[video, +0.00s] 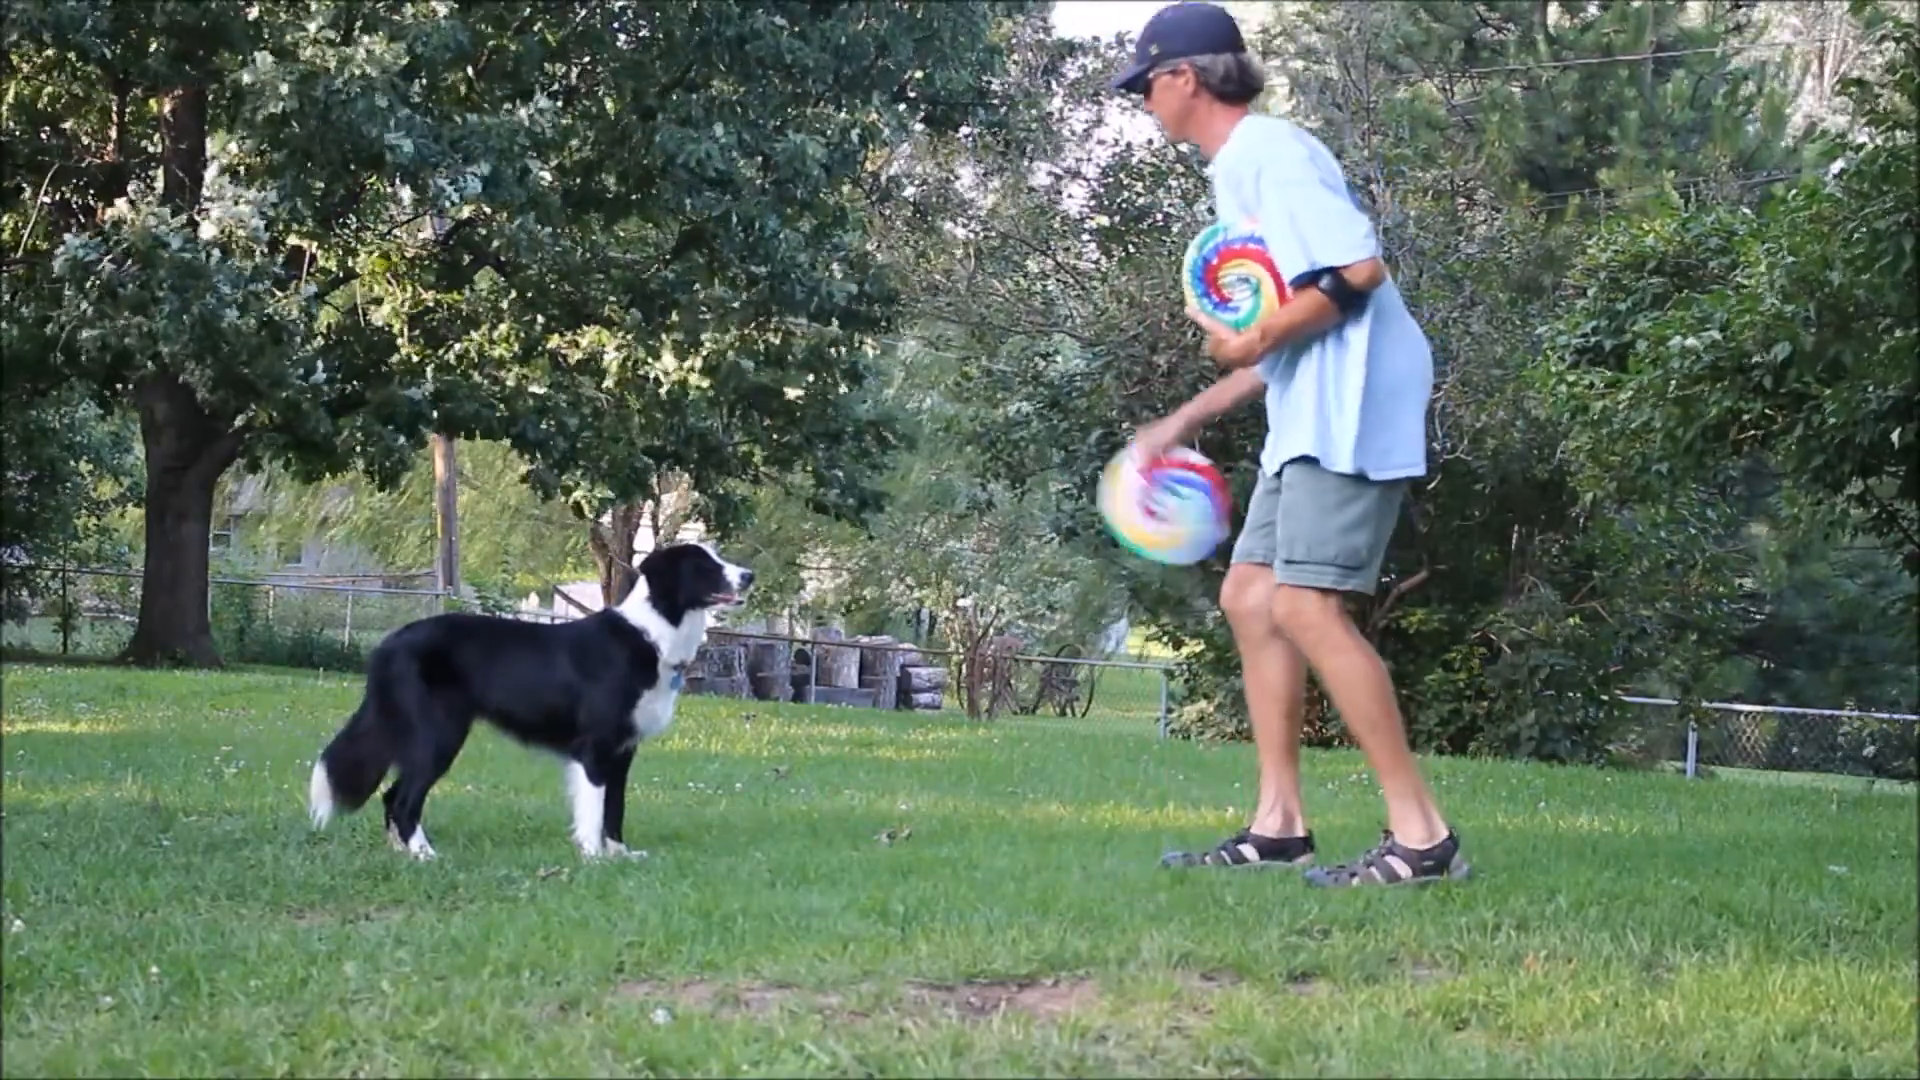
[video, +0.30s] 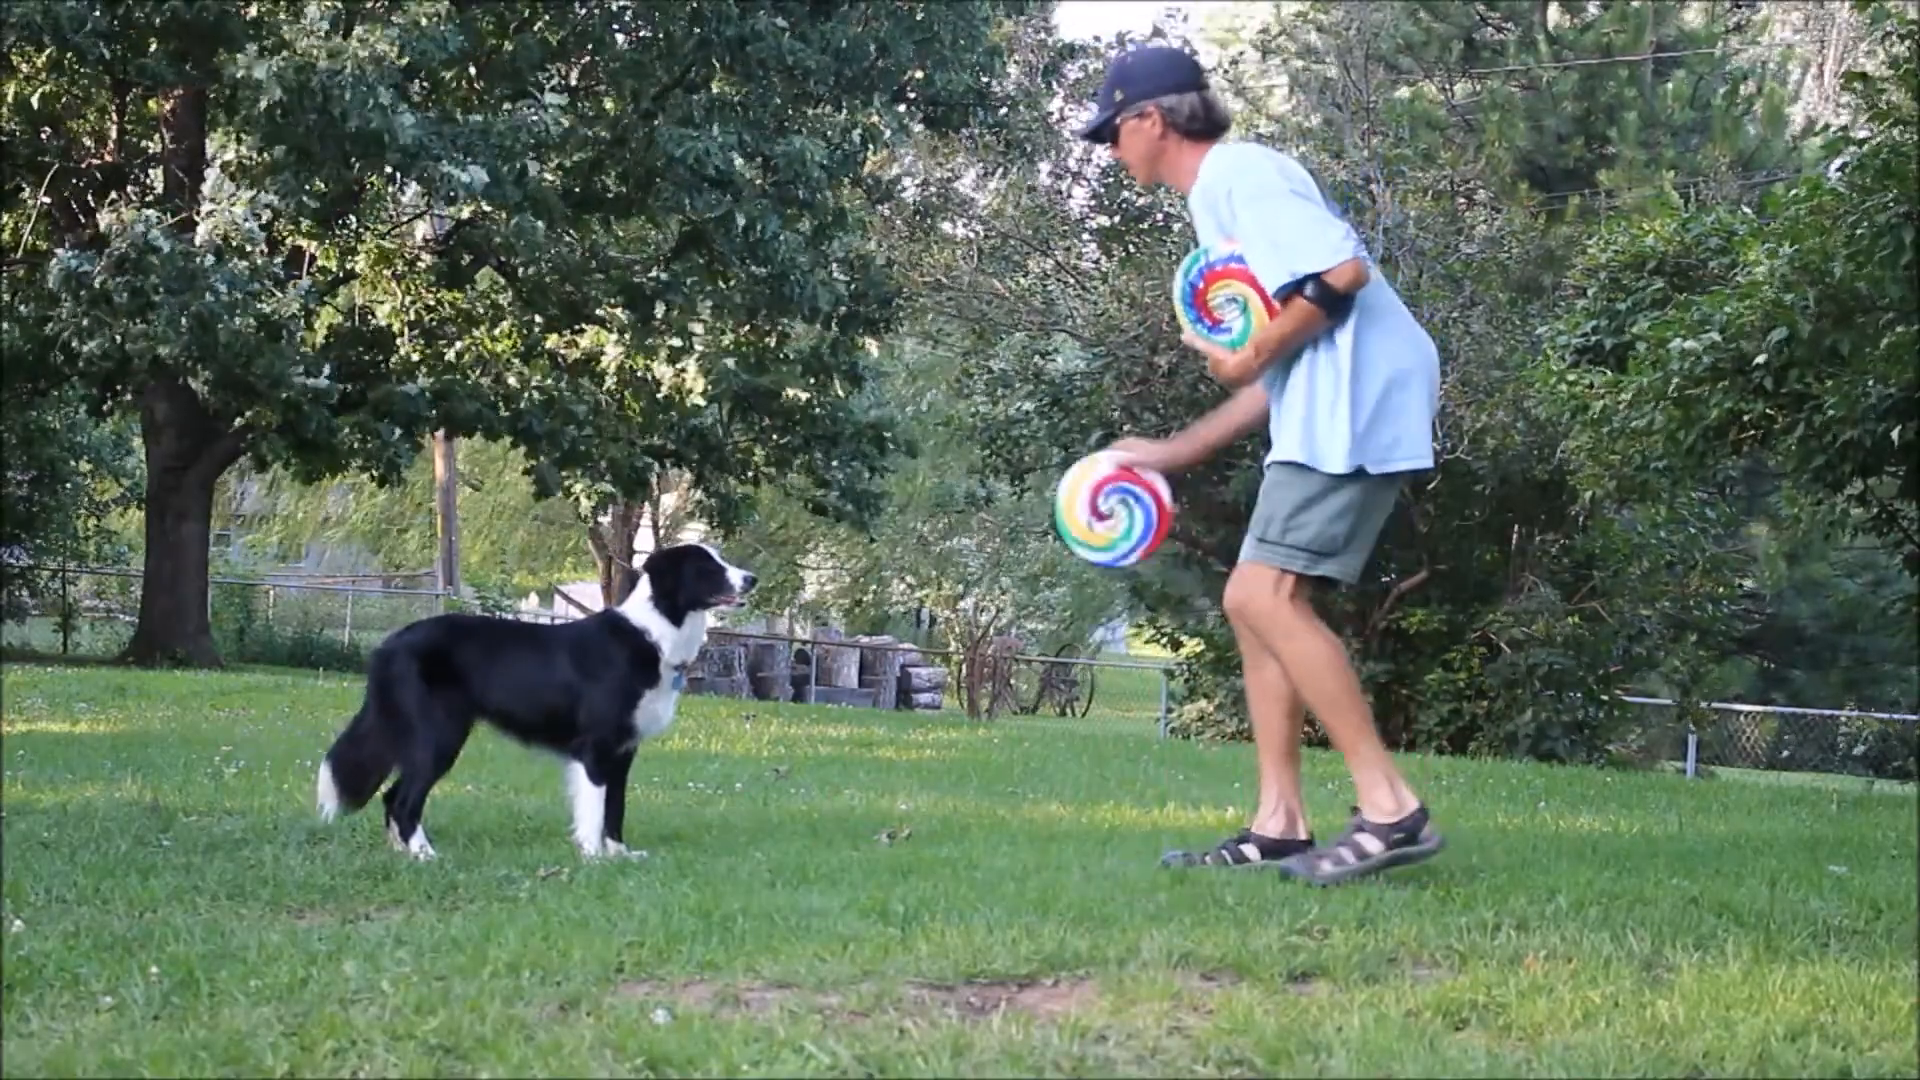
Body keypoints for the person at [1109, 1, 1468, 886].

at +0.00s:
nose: (1144, 105)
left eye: (1148, 87)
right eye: (1142, 90)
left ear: (1186, 77)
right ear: (1190, 79)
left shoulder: (1270, 150)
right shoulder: (1236, 173)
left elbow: (1356, 270)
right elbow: (1275, 345)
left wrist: (1254, 338)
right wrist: (1183, 421)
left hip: (1358, 412)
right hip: (1312, 413)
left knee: (1305, 604)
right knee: (1249, 598)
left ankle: (1421, 836)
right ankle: (1278, 826)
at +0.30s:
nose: (1113, 152)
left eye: (1115, 132)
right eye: (1110, 135)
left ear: (1153, 121)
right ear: (1159, 121)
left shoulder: (1235, 172)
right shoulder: (1215, 204)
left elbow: (1340, 271)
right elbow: (1274, 379)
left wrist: (1251, 357)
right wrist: (1172, 451)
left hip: (1363, 403)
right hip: (1329, 411)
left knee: (1267, 595)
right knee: (1248, 602)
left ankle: (1391, 812)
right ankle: (1279, 825)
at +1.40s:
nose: (1152, 152)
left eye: (1161, 133)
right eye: (1149, 137)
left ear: (1212, 120)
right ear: (1209, 127)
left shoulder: (1296, 194)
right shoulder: (1253, 223)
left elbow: (1400, 316)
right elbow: (1265, 387)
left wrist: (1296, 383)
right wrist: (1138, 401)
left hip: (1374, 435)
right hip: (1337, 436)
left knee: (1233, 595)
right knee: (1225, 601)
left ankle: (1325, 825)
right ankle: (1285, 829)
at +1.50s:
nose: (1160, 164)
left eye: (1167, 143)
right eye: (1156, 148)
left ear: (1220, 128)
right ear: (1218, 135)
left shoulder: (1310, 198)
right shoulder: (1260, 232)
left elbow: (1415, 315)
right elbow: (1283, 397)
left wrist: (1316, 384)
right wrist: (1156, 425)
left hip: (1382, 443)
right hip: (1351, 444)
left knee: (1243, 604)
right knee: (1299, 623)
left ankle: (1293, 825)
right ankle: (1362, 826)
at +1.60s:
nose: (1170, 167)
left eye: (1178, 146)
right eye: (1166, 151)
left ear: (1230, 133)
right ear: (1222, 138)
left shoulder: (1319, 201)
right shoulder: (1273, 235)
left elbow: (1432, 310)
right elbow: (1301, 400)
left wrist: (1330, 388)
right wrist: (1187, 457)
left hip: (1403, 448)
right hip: (1363, 448)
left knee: (1276, 606)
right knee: (1274, 620)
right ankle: (1289, 831)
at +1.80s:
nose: (1214, 151)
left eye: (1220, 131)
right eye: (1211, 135)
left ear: (1266, 122)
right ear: (1263, 124)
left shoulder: (1362, 188)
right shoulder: (1318, 219)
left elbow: (1472, 301)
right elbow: (1356, 375)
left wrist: (1366, 382)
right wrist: (1275, 454)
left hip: (1467, 435)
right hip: (1423, 436)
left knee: (1363, 615)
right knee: (1329, 604)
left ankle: (1469, 847)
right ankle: (1303, 832)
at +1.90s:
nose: (1250, 129)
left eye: (1255, 111)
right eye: (1248, 113)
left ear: (1297, 105)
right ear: (1306, 105)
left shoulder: (1383, 175)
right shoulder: (1361, 190)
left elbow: (1489, 294)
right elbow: (1388, 356)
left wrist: (1384, 371)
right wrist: (1299, 437)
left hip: (1497, 415)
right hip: (1465, 415)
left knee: (1395, 608)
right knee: (1375, 607)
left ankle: (1471, 850)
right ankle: (1315, 831)